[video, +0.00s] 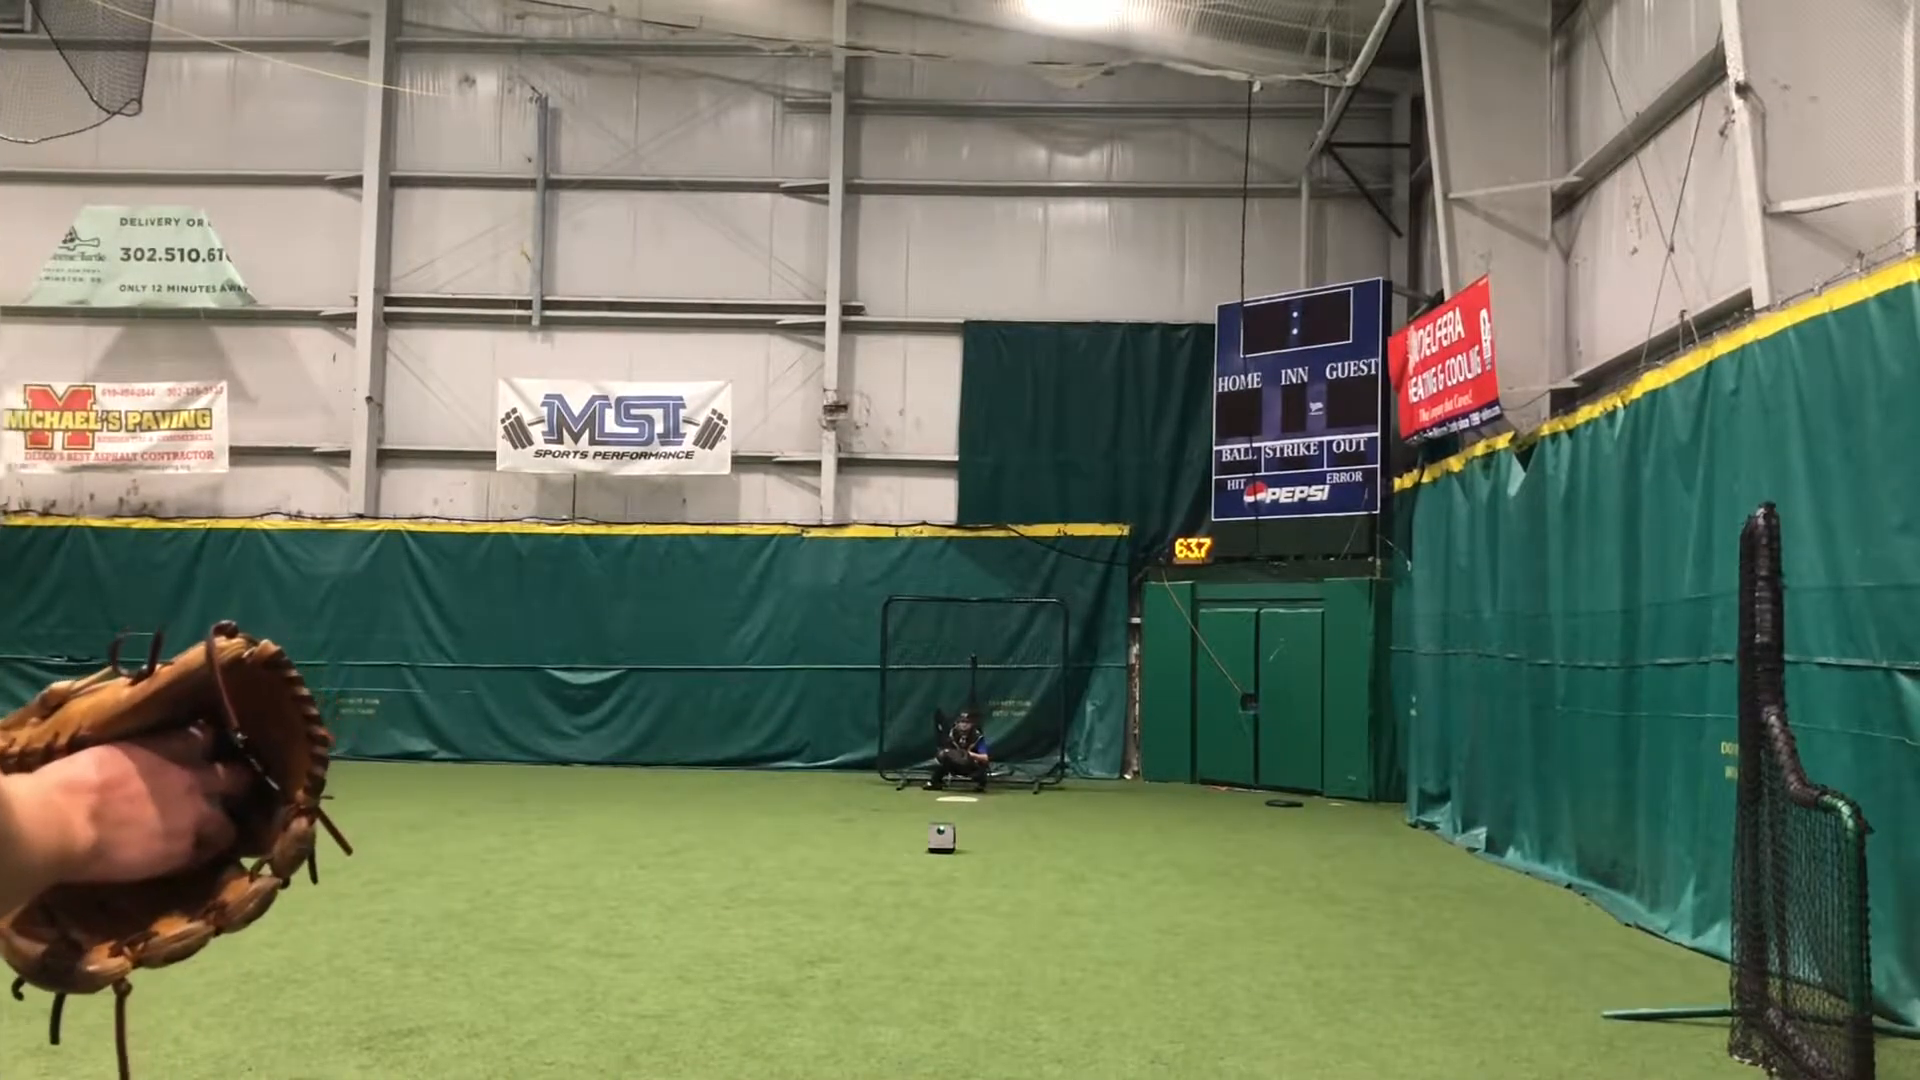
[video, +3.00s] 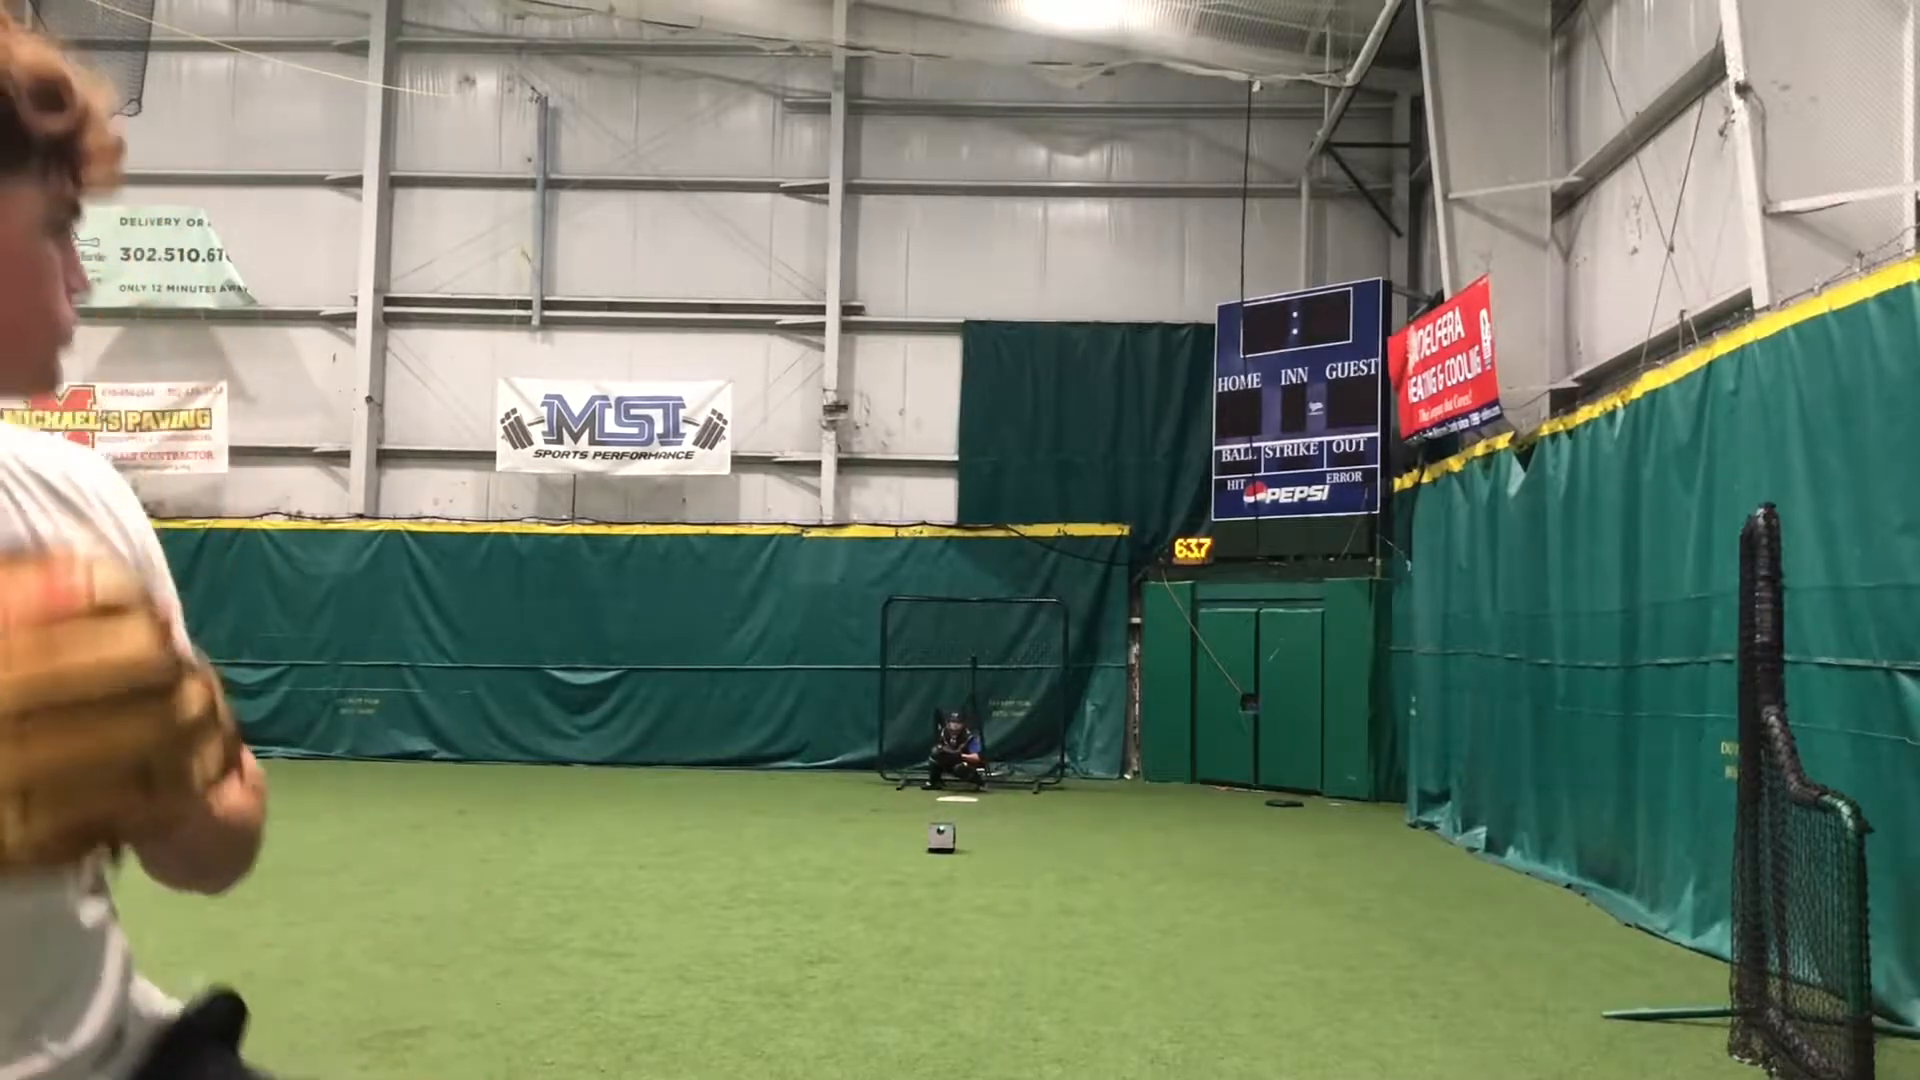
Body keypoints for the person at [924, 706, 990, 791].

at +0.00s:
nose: (964, 725)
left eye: (967, 722)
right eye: (961, 722)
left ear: (972, 724)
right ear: (957, 724)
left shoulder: (978, 738)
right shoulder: (952, 736)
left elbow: (985, 758)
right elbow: (940, 754)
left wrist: (969, 754)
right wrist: (948, 754)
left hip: (972, 765)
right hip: (955, 764)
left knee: (981, 772)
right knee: (944, 765)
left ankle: (981, 785)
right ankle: (935, 782)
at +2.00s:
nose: (962, 727)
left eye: (965, 724)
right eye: (960, 724)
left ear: (970, 726)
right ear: (955, 725)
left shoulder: (976, 739)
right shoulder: (950, 735)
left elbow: (983, 759)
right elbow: (944, 749)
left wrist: (967, 757)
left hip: (969, 764)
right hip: (953, 763)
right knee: (941, 756)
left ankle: (981, 784)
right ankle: (936, 782)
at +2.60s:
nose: (958, 727)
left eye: (961, 724)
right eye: (956, 724)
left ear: (966, 726)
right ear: (951, 725)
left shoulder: (973, 738)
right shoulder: (946, 735)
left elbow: (980, 760)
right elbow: (939, 751)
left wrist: (964, 759)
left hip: (966, 766)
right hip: (949, 764)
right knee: (937, 760)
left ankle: (981, 783)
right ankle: (935, 782)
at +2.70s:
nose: (957, 726)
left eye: (960, 724)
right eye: (955, 723)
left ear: (965, 725)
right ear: (950, 725)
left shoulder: (972, 738)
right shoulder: (945, 735)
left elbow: (979, 759)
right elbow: (938, 751)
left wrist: (963, 757)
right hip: (948, 763)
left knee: (963, 768)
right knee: (936, 760)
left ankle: (980, 782)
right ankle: (936, 782)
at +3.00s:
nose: (954, 726)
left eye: (958, 723)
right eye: (952, 722)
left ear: (963, 725)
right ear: (947, 724)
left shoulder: (970, 738)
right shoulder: (942, 735)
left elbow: (976, 758)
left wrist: (960, 756)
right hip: (946, 760)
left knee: (960, 768)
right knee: (935, 753)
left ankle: (980, 782)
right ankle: (935, 782)